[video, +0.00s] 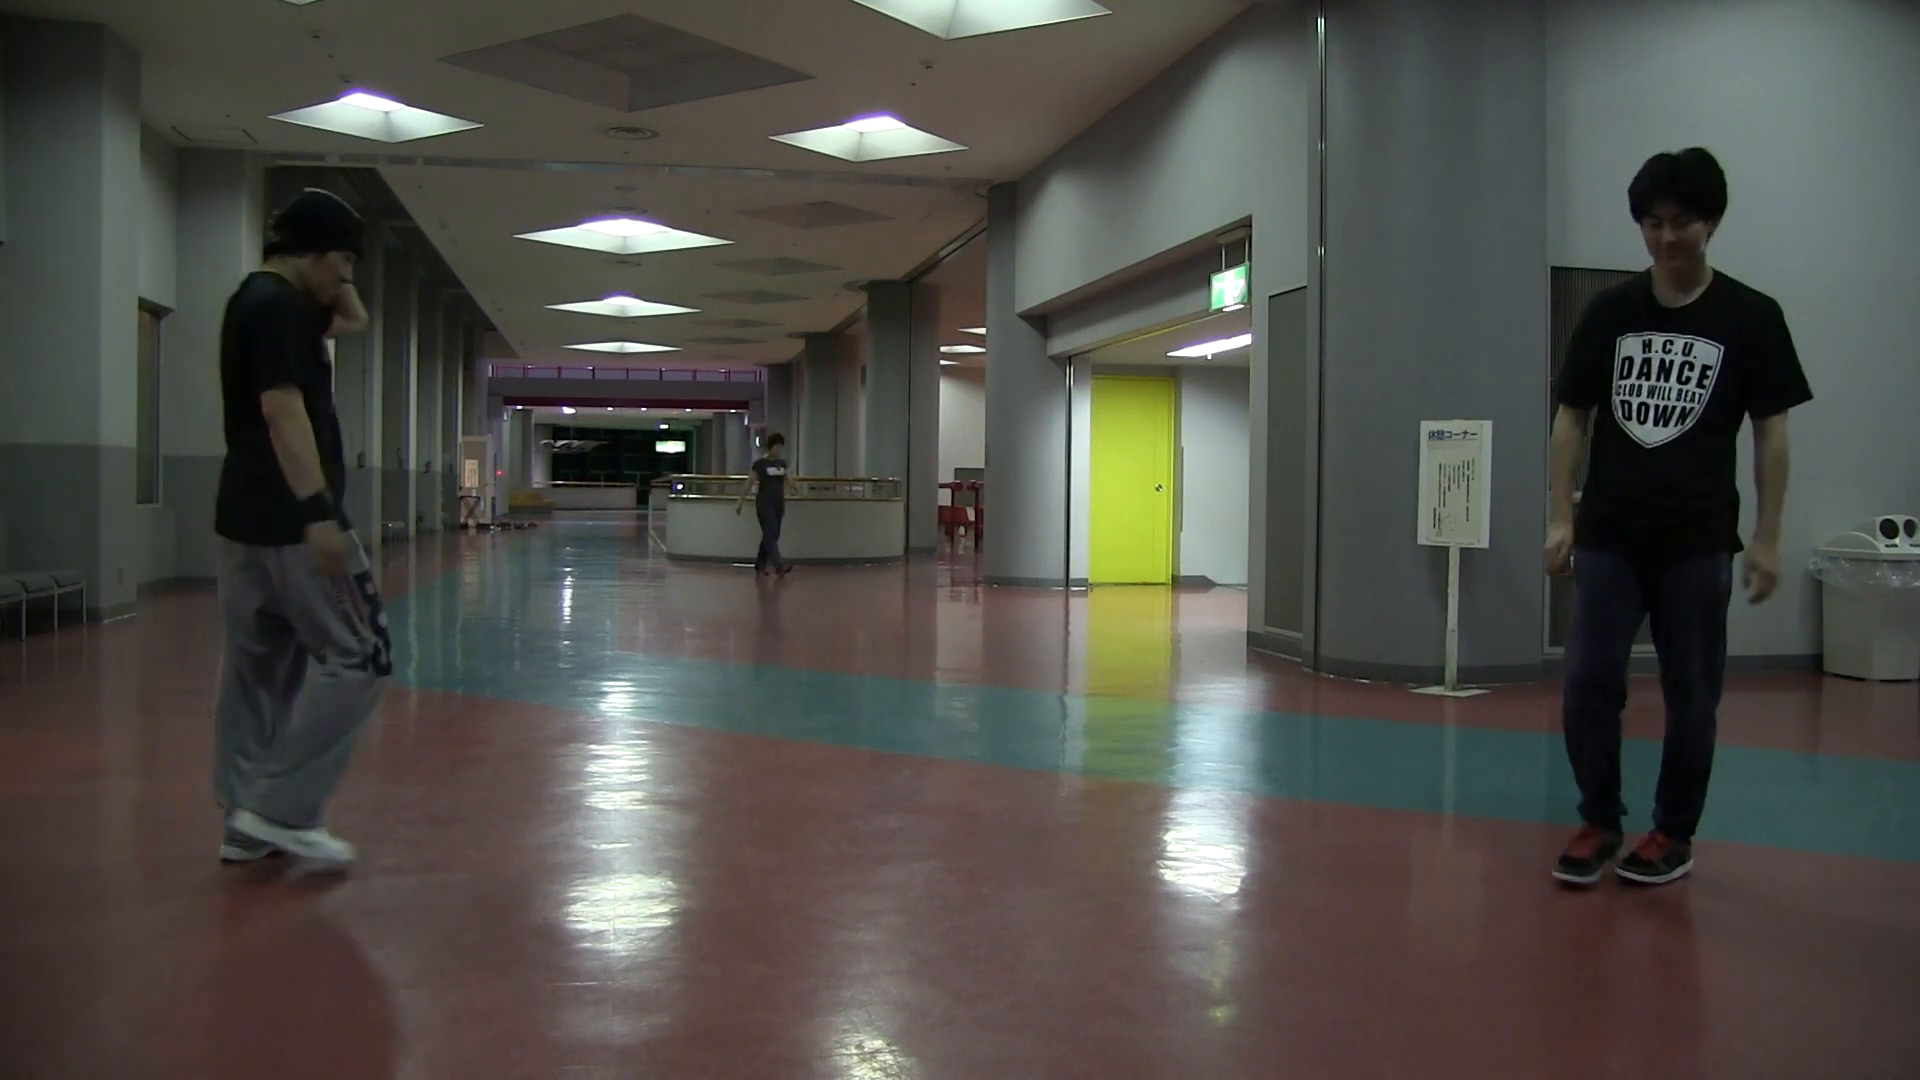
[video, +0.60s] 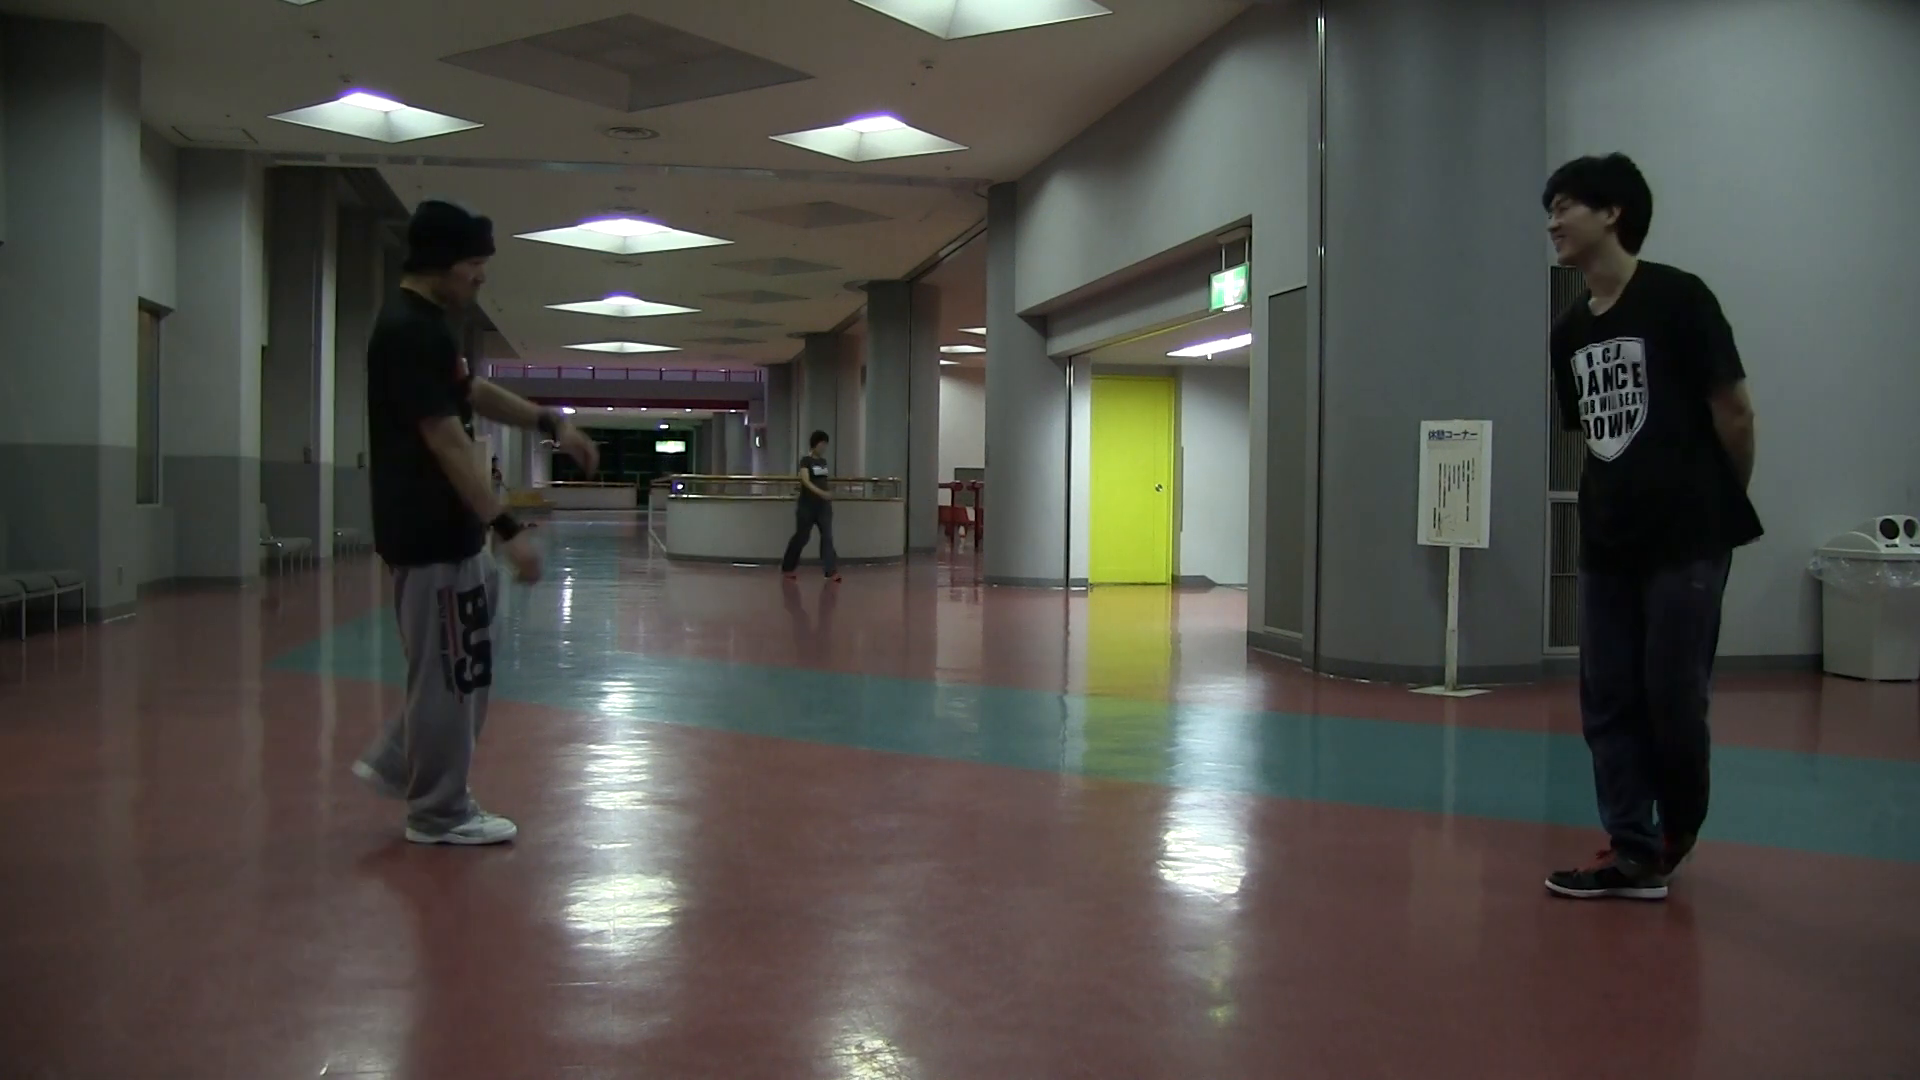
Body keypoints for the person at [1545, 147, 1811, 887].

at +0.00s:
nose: (1670, 237)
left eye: (1685, 222)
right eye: (1656, 223)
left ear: (1711, 223)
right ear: (1640, 226)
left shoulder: (1752, 317)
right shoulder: (1610, 309)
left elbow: (1771, 432)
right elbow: (1572, 415)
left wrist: (1766, 539)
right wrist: (1560, 516)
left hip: (1696, 539)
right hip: (1608, 533)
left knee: (1692, 693)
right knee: (1587, 682)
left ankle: (1672, 835)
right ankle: (1599, 825)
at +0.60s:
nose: (1551, 223)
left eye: (1564, 207)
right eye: (1550, 211)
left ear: (1612, 214)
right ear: (1580, 223)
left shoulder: (1681, 297)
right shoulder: (1570, 329)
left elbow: (1735, 412)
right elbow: (1584, 430)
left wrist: (1727, 498)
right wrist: (1639, 485)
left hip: (1687, 529)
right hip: (1608, 532)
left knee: (1672, 691)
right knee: (1608, 694)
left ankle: (1677, 827)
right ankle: (1636, 856)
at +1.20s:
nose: (1561, 233)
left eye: (1571, 217)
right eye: (1562, 219)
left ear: (1612, 218)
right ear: (1617, 221)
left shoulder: (1635, 284)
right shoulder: (1649, 286)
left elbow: (1673, 398)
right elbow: (1681, 402)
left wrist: (1723, 493)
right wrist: (1727, 489)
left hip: (1663, 530)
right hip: (1659, 529)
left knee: (1638, 692)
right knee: (1645, 692)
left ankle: (1763, 838)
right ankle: (1634, 858)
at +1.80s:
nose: (1649, 200)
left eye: (1661, 187)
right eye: (1652, 186)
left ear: (1708, 196)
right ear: (1696, 198)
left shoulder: (1754, 284)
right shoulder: (1698, 292)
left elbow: (1790, 414)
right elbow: (1722, 414)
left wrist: (1812, 515)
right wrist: (1798, 510)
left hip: (1747, 534)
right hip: (1699, 529)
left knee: (1759, 700)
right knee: (1682, 683)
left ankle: (1823, 879)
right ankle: (1680, 835)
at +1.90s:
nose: (1649, 207)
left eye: (1661, 194)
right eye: (1651, 194)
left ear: (1708, 203)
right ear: (1696, 206)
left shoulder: (1754, 289)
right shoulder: (1696, 296)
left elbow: (1792, 423)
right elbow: (1719, 420)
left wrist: (1809, 521)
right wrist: (1797, 517)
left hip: (1749, 539)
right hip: (1701, 536)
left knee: (1764, 704)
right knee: (1692, 690)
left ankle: (1825, 880)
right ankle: (1689, 836)